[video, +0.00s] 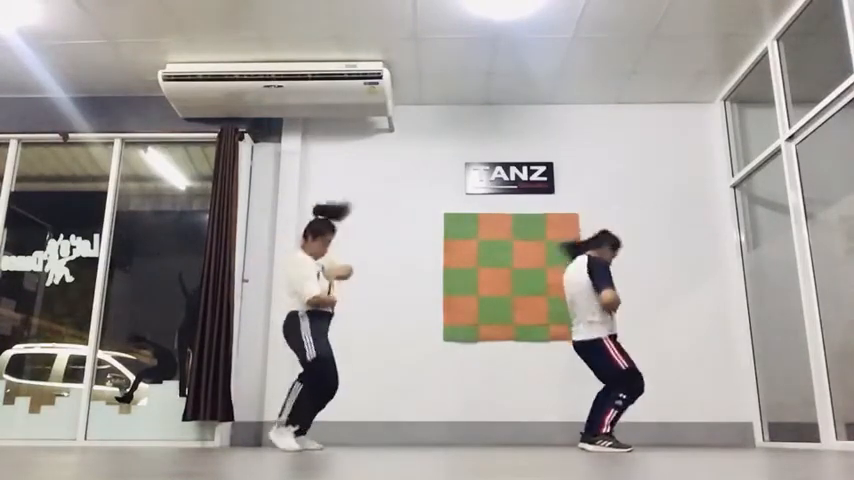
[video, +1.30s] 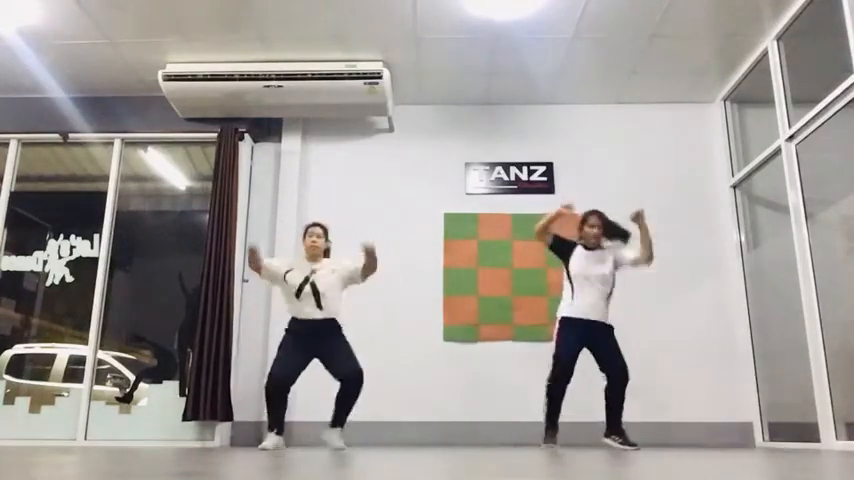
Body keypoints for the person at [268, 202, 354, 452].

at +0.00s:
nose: (326, 248)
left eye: (329, 244)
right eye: (324, 242)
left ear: (323, 242)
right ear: (308, 237)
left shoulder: (317, 263)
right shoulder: (299, 262)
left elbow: (345, 270)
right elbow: (311, 298)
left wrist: (334, 273)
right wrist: (330, 300)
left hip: (317, 322)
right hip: (302, 320)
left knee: (329, 382)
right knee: (315, 371)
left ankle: (298, 433)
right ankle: (282, 428)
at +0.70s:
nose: (331, 231)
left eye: (331, 226)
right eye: (327, 225)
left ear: (320, 229)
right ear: (312, 228)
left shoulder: (318, 256)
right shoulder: (305, 251)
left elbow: (320, 291)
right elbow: (299, 285)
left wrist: (343, 288)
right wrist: (331, 289)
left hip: (313, 322)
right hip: (295, 318)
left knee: (321, 377)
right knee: (297, 370)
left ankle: (300, 435)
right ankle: (274, 430)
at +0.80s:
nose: (330, 234)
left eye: (331, 229)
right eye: (325, 228)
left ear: (324, 233)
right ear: (309, 230)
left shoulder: (320, 261)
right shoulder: (297, 254)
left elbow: (334, 297)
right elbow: (297, 291)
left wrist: (348, 321)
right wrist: (310, 319)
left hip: (315, 323)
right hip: (293, 320)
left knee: (326, 380)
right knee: (296, 373)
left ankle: (302, 435)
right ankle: (273, 430)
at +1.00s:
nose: (321, 243)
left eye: (324, 240)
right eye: (315, 239)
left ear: (328, 246)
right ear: (304, 244)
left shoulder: (331, 274)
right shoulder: (294, 268)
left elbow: (352, 308)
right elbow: (271, 294)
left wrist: (360, 338)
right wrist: (274, 329)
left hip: (318, 339)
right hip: (290, 336)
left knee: (345, 378)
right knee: (290, 376)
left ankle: (324, 424)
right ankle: (270, 432)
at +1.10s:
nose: (319, 245)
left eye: (323, 242)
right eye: (314, 241)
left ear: (328, 248)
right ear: (305, 247)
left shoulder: (338, 275)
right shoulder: (291, 271)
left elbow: (370, 290)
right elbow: (263, 282)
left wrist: (373, 313)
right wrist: (264, 304)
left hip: (326, 341)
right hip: (294, 338)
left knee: (338, 388)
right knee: (279, 380)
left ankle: (327, 434)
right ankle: (272, 430)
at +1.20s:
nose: (317, 243)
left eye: (321, 240)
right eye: (312, 239)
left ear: (328, 246)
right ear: (304, 245)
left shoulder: (339, 272)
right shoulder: (289, 270)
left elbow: (367, 273)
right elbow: (263, 273)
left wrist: (372, 278)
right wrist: (259, 278)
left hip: (329, 338)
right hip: (297, 337)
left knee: (341, 385)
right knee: (278, 375)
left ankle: (327, 435)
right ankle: (272, 431)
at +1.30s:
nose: (314, 240)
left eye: (319, 237)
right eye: (310, 236)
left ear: (326, 244)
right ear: (303, 242)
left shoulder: (338, 269)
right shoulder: (288, 270)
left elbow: (366, 271)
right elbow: (258, 266)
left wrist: (370, 257)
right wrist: (253, 254)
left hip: (330, 335)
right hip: (298, 335)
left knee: (353, 377)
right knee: (276, 382)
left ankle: (335, 430)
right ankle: (275, 434)